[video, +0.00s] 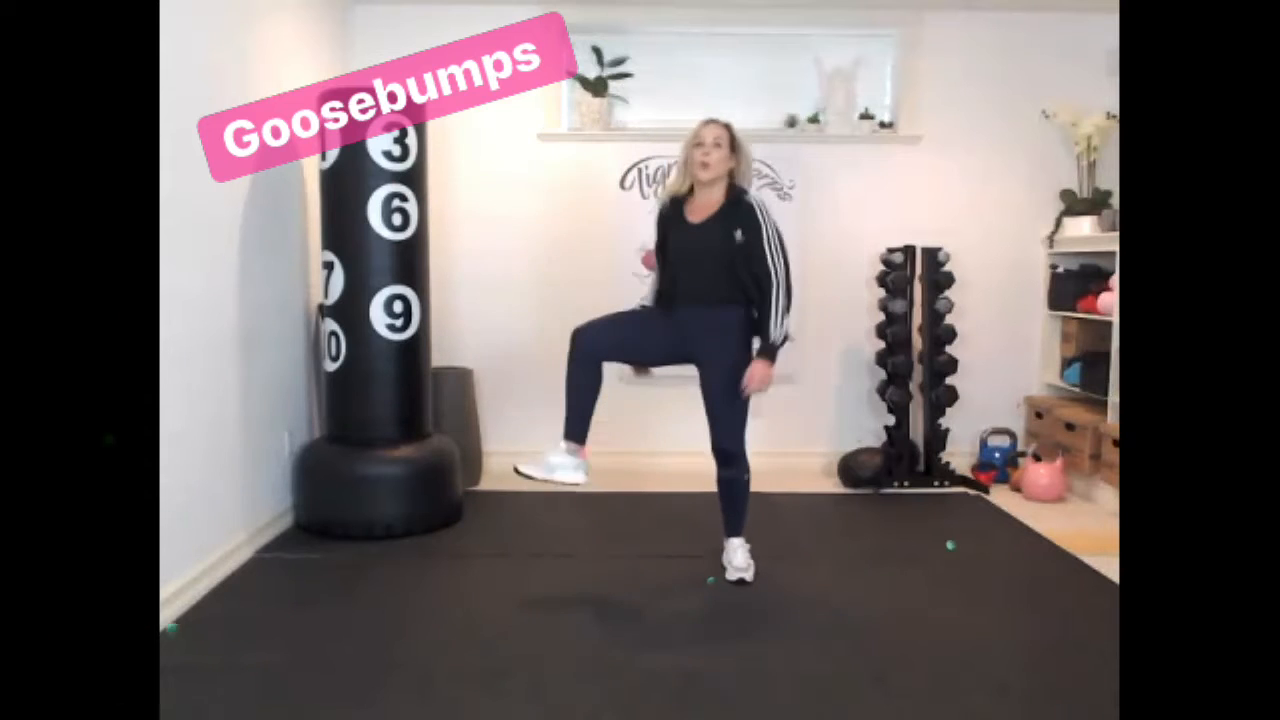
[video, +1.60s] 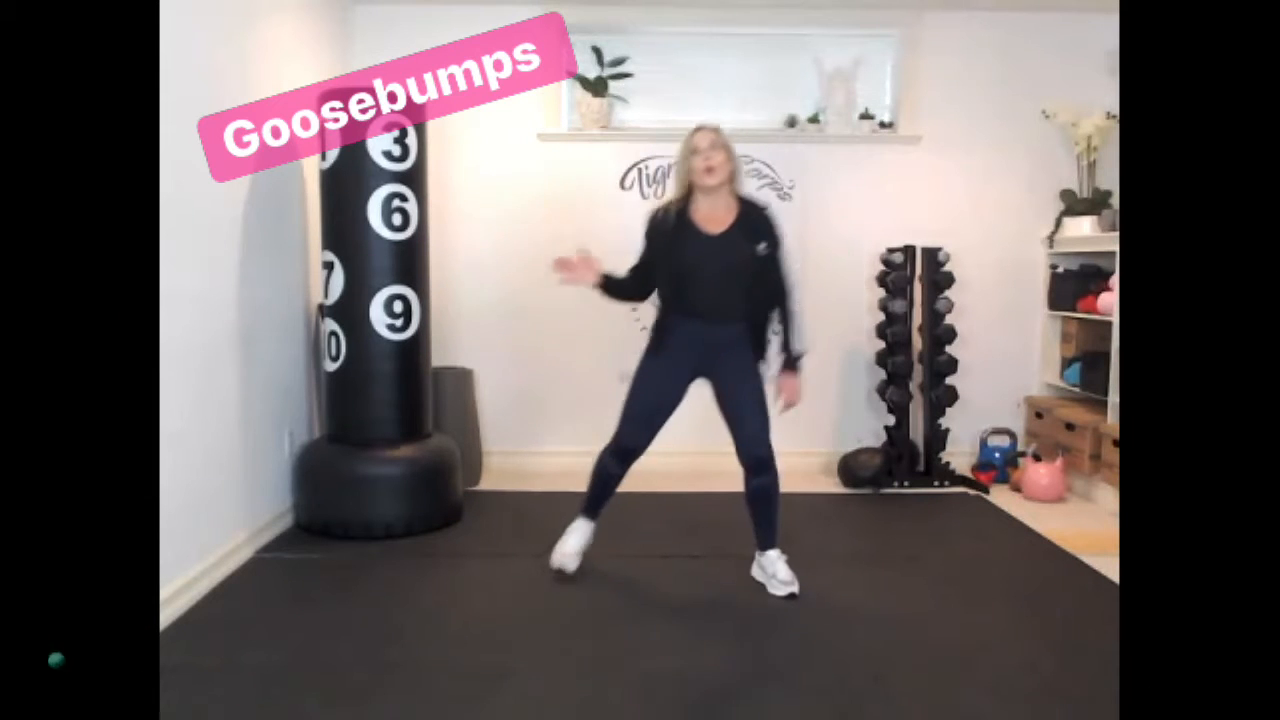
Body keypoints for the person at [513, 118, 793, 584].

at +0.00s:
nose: (707, 153)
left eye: (717, 147)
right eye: (699, 146)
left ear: (733, 159)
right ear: (688, 156)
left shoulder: (748, 211)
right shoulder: (671, 211)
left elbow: (776, 282)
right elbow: (666, 281)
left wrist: (768, 354)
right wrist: (643, 345)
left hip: (725, 334)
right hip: (673, 326)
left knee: (728, 449)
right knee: (587, 340)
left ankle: (735, 542)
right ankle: (571, 454)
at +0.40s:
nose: (688, 147)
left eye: (698, 140)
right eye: (681, 140)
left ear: (714, 151)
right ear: (670, 150)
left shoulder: (730, 204)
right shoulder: (649, 203)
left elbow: (745, 283)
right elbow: (641, 275)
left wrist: (734, 354)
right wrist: (628, 331)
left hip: (705, 332)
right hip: (649, 329)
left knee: (719, 444)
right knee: (594, 417)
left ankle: (735, 539)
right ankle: (569, 516)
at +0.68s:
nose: (639, 168)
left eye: (648, 161)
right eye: (631, 160)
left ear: (661, 173)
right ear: (617, 169)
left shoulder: (674, 231)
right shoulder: (588, 228)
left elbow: (694, 304)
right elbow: (569, 299)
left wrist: (719, 372)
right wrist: (562, 366)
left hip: (663, 355)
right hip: (602, 355)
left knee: (700, 451)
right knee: (574, 456)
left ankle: (733, 538)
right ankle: (562, 538)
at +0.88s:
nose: (613, 146)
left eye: (621, 138)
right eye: (604, 138)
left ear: (632, 149)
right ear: (587, 148)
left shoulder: (646, 205)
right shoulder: (561, 205)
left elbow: (655, 275)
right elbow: (540, 272)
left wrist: (660, 330)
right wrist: (546, 338)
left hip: (643, 325)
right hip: (585, 331)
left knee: (710, 392)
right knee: (578, 443)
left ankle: (703, 486)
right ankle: (564, 537)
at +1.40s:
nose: (648, 168)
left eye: (655, 160)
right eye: (638, 162)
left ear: (668, 170)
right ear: (622, 174)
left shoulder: (686, 229)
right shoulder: (601, 227)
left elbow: (694, 299)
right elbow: (573, 289)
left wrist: (696, 362)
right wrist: (527, 286)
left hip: (670, 353)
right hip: (612, 351)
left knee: (716, 452)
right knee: (586, 459)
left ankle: (753, 544)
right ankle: (565, 539)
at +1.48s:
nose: (676, 176)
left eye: (684, 168)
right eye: (666, 169)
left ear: (697, 178)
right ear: (650, 181)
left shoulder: (716, 238)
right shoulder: (631, 235)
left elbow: (727, 312)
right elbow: (603, 297)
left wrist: (736, 382)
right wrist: (556, 296)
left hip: (696, 362)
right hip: (637, 361)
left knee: (740, 461)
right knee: (606, 461)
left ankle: (764, 553)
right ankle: (567, 540)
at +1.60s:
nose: (707, 159)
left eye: (716, 151)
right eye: (697, 153)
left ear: (732, 160)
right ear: (686, 166)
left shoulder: (756, 220)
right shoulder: (667, 221)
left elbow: (780, 294)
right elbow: (640, 287)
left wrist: (790, 364)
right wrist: (600, 279)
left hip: (735, 349)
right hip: (675, 345)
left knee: (758, 455)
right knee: (627, 444)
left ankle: (768, 554)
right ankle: (584, 524)